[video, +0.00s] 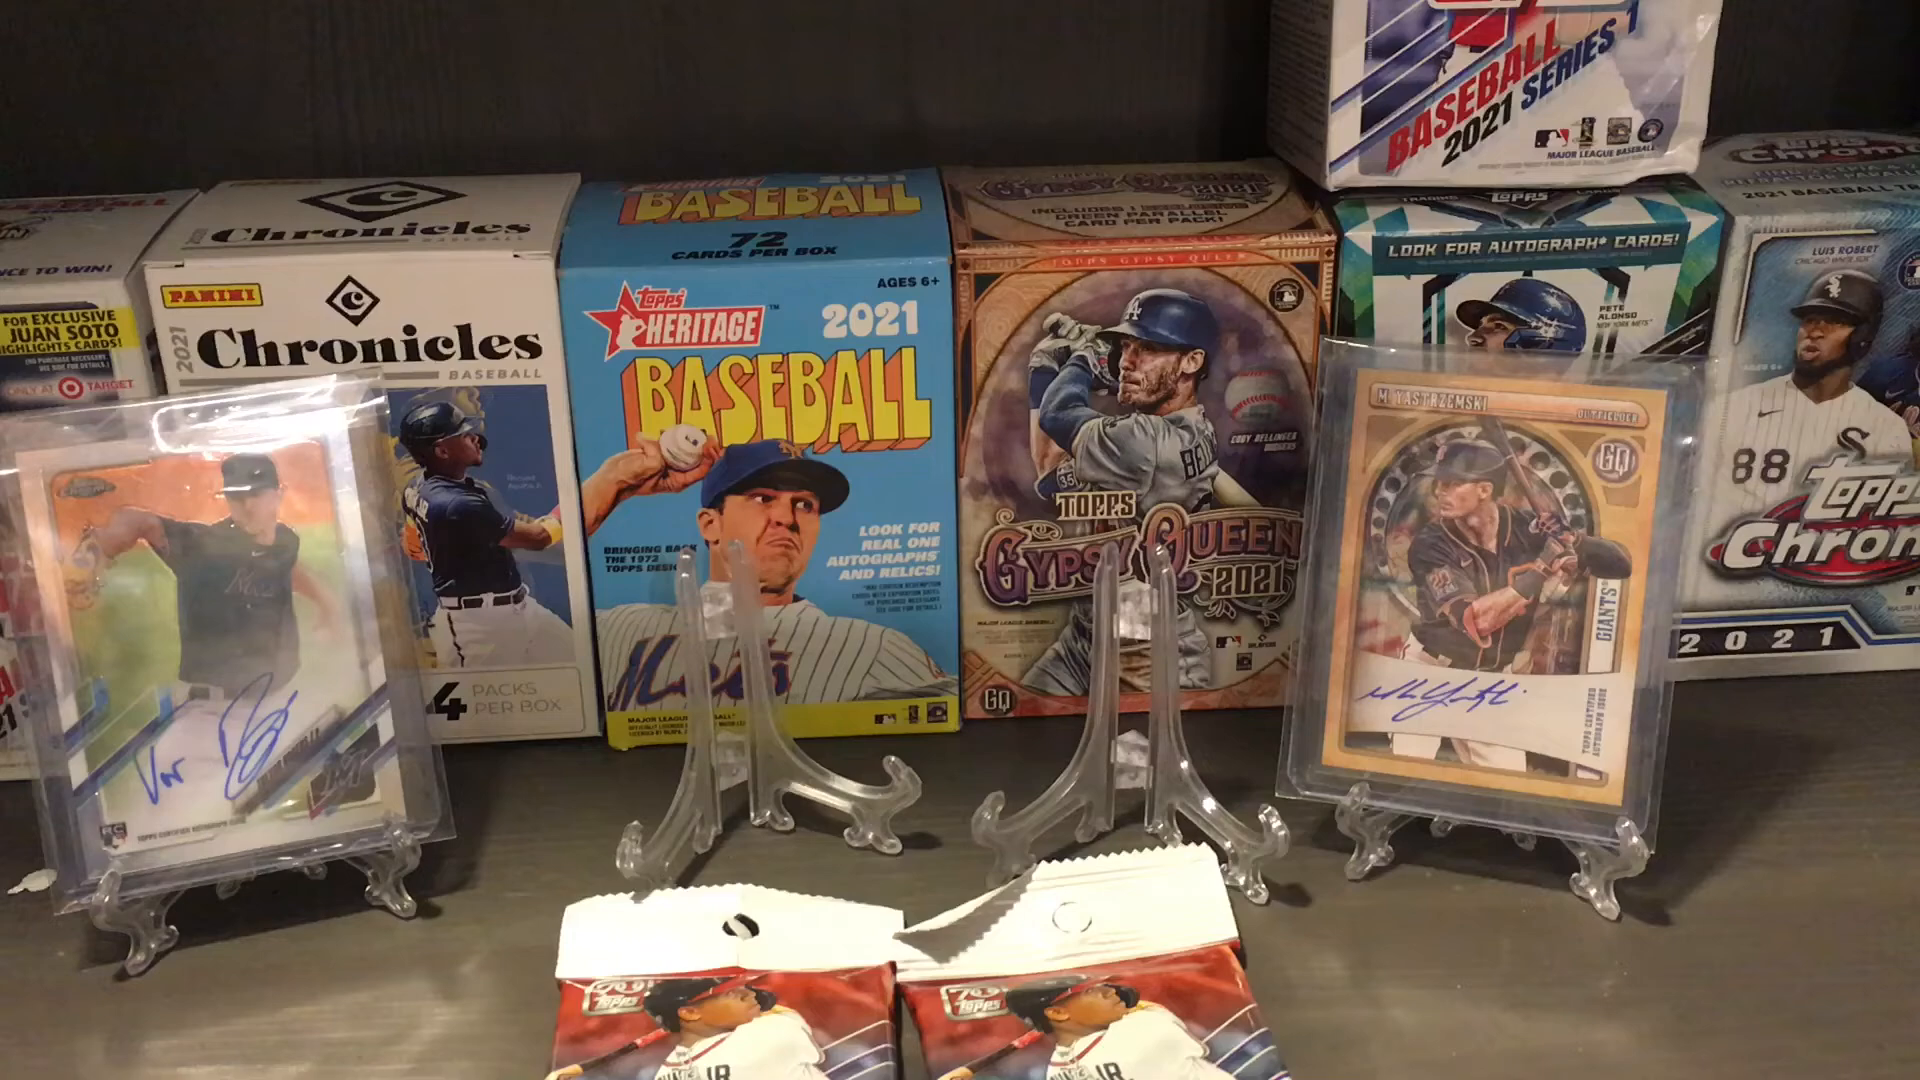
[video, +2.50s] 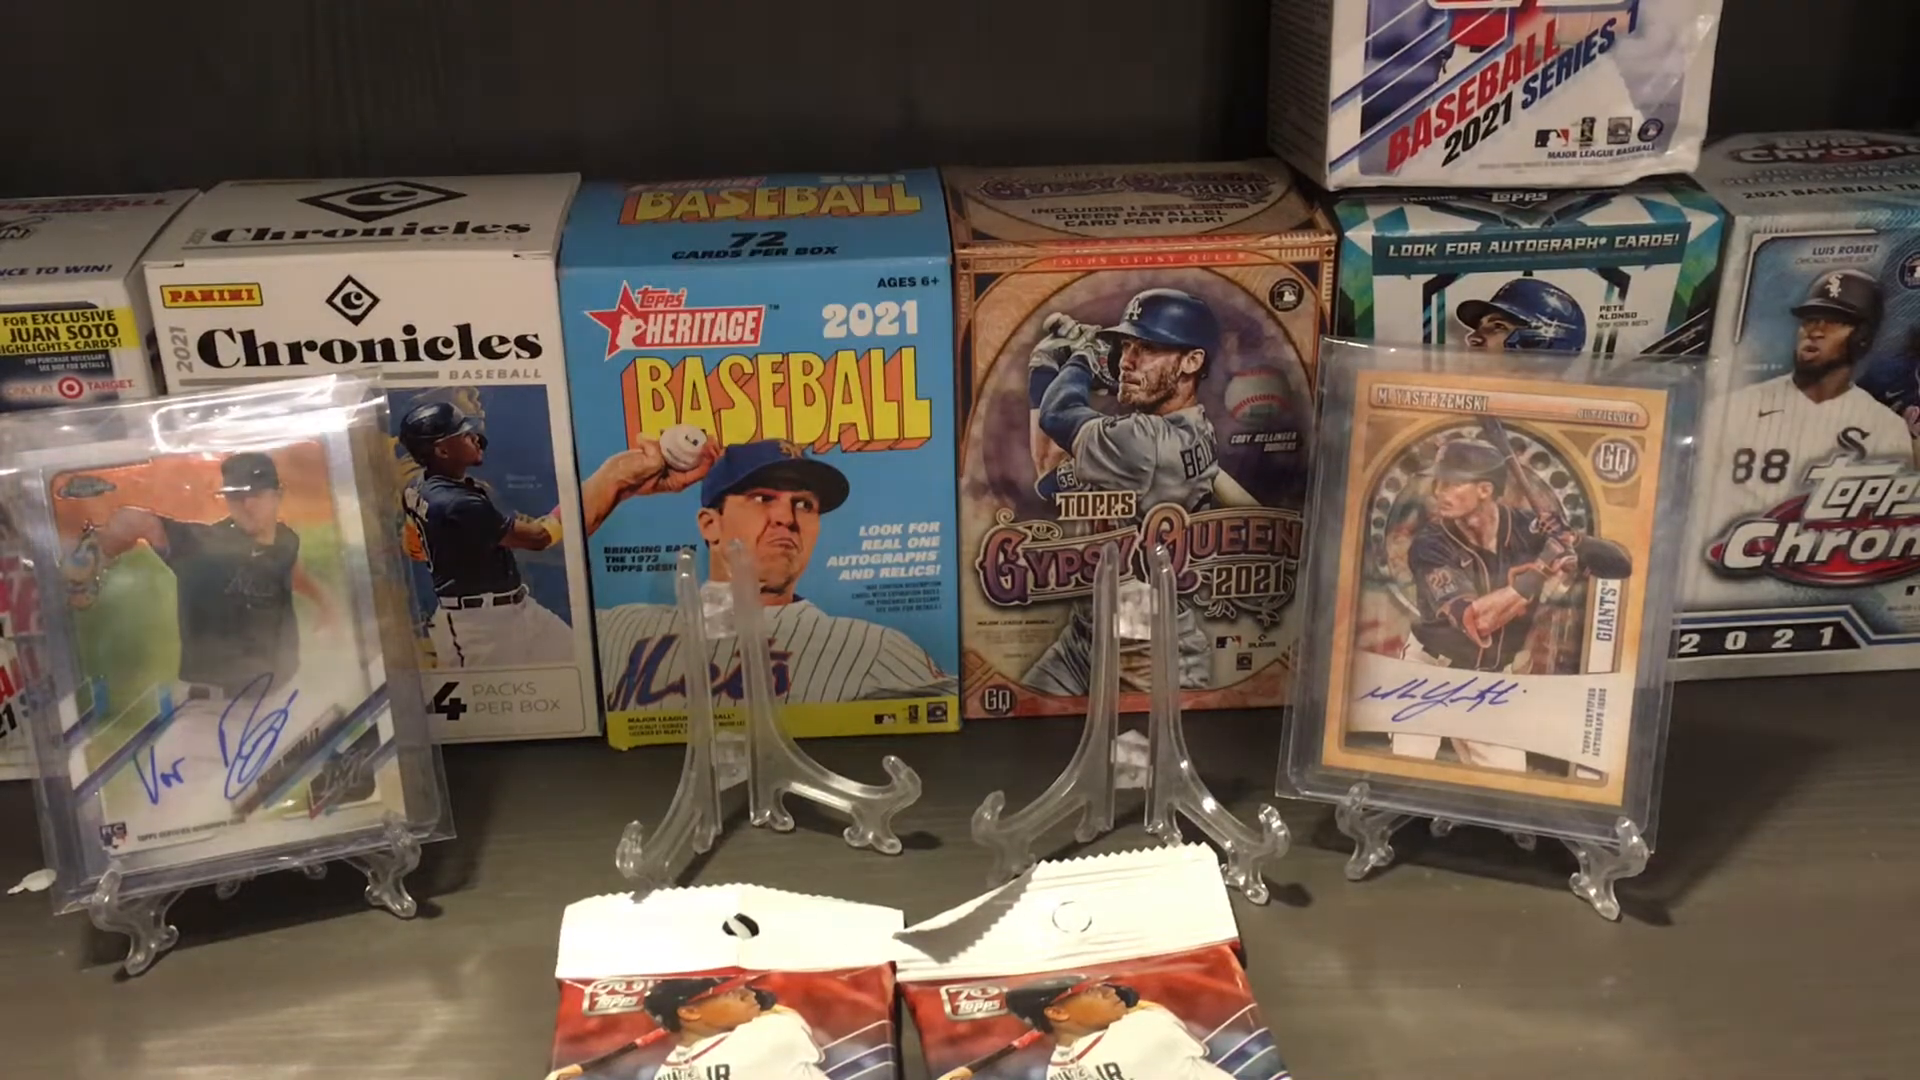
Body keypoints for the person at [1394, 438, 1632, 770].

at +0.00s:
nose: (1440, 492)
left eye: (1452, 484)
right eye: (1439, 483)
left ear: (1484, 491)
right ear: (1436, 487)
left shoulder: (1527, 529)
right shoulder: (1430, 542)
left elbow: (1622, 563)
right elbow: (1473, 621)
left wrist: (1576, 548)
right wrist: (1539, 572)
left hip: (1497, 677)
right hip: (1430, 670)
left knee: (1509, 789)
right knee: (1410, 775)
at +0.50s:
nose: (1440, 491)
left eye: (1452, 483)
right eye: (1439, 482)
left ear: (1484, 490)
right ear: (1435, 485)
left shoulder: (1527, 528)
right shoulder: (1430, 541)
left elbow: (1622, 563)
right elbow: (1474, 621)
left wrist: (1574, 547)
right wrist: (1539, 571)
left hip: (1499, 676)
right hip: (1431, 670)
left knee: (1509, 788)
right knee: (1411, 774)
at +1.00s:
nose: (1439, 491)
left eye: (1452, 483)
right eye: (1439, 482)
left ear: (1484, 491)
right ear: (1435, 485)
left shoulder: (1526, 528)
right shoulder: (1430, 542)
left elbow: (1623, 564)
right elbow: (1473, 620)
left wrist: (1575, 545)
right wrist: (1539, 572)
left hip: (1497, 677)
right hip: (1430, 671)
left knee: (1509, 787)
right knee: (1410, 775)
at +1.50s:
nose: (1439, 492)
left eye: (1452, 484)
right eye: (1438, 483)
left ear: (1484, 491)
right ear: (1434, 485)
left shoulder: (1527, 528)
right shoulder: (1430, 540)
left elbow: (1622, 564)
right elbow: (1472, 621)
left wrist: (1575, 550)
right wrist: (1539, 571)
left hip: (1498, 674)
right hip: (1430, 667)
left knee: (1509, 786)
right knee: (1413, 768)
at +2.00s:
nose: (1440, 493)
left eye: (1452, 485)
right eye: (1439, 483)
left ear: (1484, 491)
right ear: (1435, 484)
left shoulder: (1527, 528)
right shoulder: (1431, 539)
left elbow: (1622, 563)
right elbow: (1471, 620)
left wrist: (1573, 546)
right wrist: (1535, 575)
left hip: (1496, 676)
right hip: (1429, 667)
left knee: (1508, 786)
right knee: (1413, 769)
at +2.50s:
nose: (1439, 492)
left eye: (1452, 485)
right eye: (1438, 483)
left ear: (1484, 491)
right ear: (1434, 484)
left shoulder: (1527, 528)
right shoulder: (1430, 541)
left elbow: (1621, 564)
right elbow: (1473, 622)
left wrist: (1572, 546)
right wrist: (1538, 572)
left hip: (1496, 676)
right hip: (1430, 668)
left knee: (1509, 787)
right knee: (1412, 769)